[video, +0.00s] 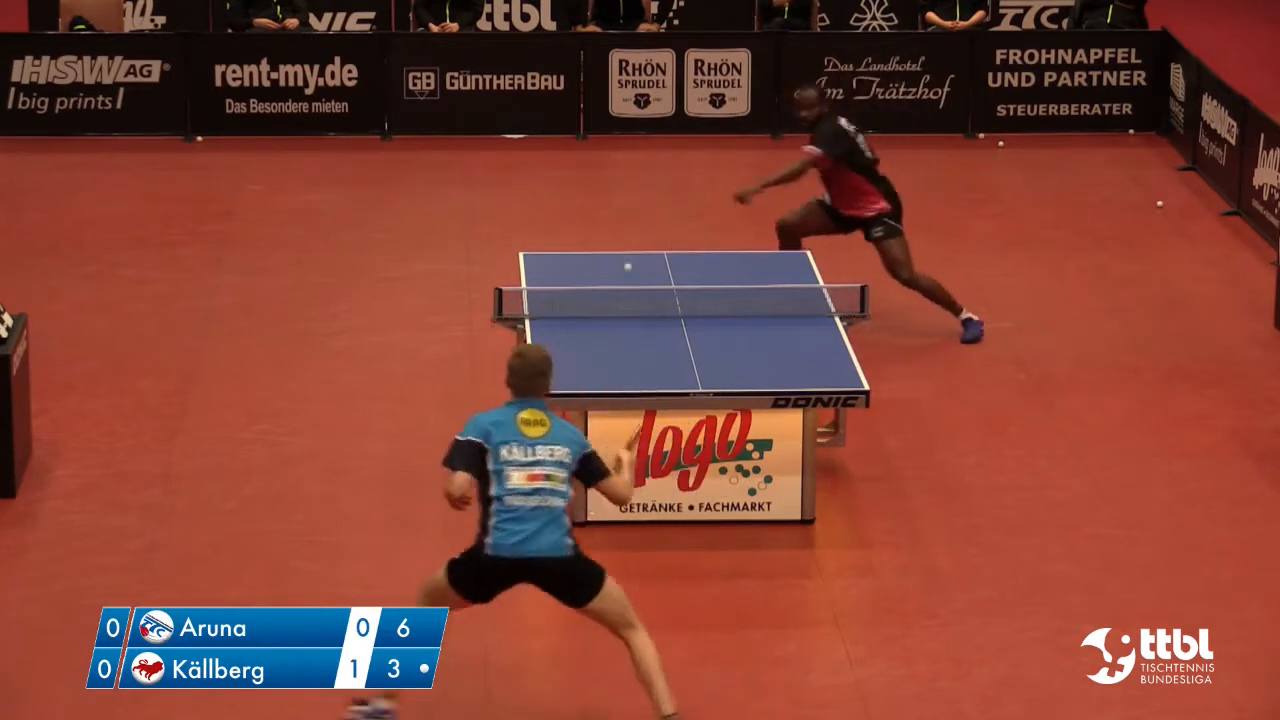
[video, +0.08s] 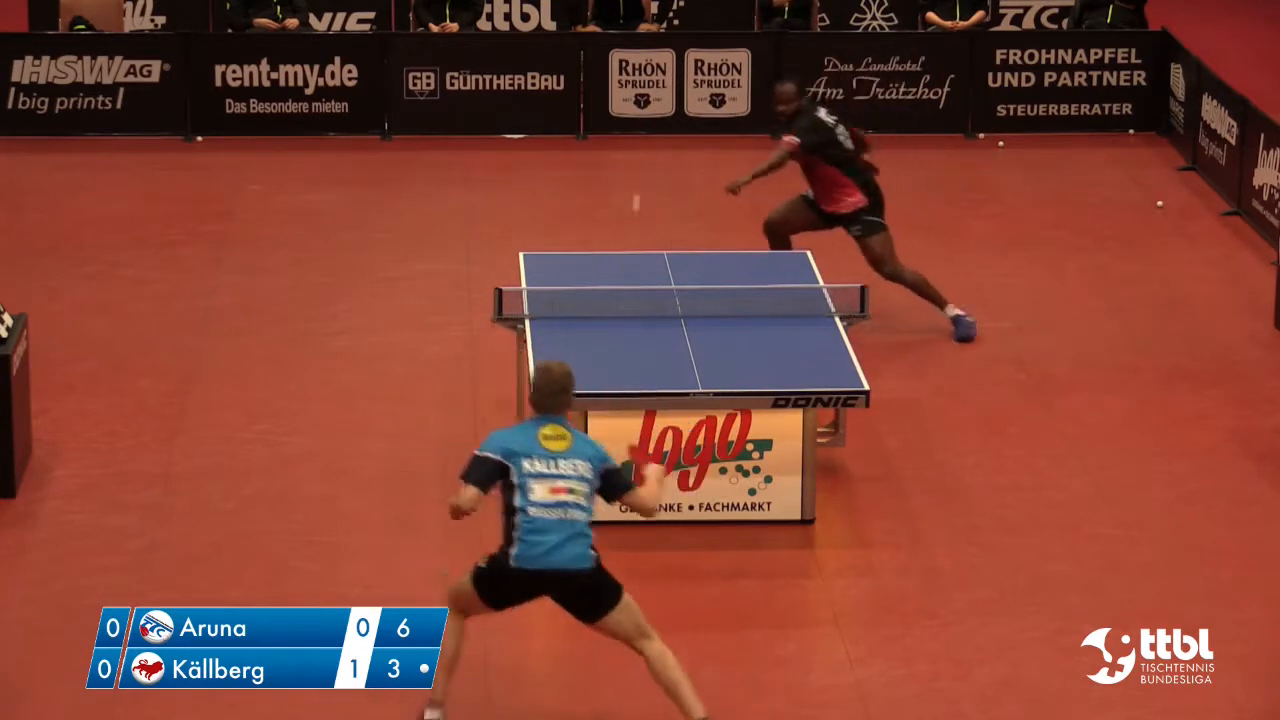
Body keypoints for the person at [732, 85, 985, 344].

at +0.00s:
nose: (802, 113)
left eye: (808, 106)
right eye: (799, 108)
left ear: (823, 104)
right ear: (798, 109)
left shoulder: (830, 130)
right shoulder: (826, 125)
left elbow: (800, 170)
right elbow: (866, 155)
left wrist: (756, 189)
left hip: (876, 210)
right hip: (842, 207)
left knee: (904, 274)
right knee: (787, 227)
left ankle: (966, 318)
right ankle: (791, 299)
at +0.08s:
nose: (781, 108)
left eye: (787, 102)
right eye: (778, 102)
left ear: (801, 100)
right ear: (776, 102)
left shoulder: (804, 124)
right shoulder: (815, 113)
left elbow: (780, 159)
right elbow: (859, 139)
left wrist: (745, 180)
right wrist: (859, 160)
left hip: (859, 206)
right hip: (826, 202)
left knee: (889, 268)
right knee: (774, 226)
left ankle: (953, 313)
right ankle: (789, 293)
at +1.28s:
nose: (825, 108)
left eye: (831, 101)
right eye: (821, 102)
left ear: (844, 99)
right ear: (816, 102)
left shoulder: (859, 123)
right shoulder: (837, 126)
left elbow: (845, 171)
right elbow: (848, 171)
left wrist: (795, 195)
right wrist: (826, 200)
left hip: (897, 198)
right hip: (864, 198)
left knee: (892, 262)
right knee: (820, 227)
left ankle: (945, 323)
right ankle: (793, 287)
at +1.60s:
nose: (851, 68)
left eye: (856, 62)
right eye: (850, 62)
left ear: (871, 60)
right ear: (858, 60)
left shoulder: (879, 87)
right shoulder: (887, 78)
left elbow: (885, 130)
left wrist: (871, 167)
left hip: (908, 172)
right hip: (886, 170)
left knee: (901, 243)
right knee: (850, 220)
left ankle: (944, 316)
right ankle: (859, 291)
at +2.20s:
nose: (931, 91)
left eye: (937, 85)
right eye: (926, 84)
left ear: (944, 89)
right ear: (915, 85)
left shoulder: (939, 122)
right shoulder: (895, 108)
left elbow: (926, 172)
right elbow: (857, 127)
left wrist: (921, 219)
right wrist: (894, 118)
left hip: (924, 199)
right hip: (883, 198)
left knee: (972, 243)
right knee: (853, 257)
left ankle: (993, 298)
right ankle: (804, 292)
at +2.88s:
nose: (707, 59)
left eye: (712, 53)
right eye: (706, 53)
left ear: (728, 52)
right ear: (708, 54)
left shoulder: (745, 76)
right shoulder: (723, 77)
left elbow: (760, 112)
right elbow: (733, 117)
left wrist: (741, 137)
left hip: (771, 161)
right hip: (736, 163)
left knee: (797, 227)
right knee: (697, 214)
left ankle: (859, 266)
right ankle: (690, 274)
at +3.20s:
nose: (772, 52)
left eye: (777, 46)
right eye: (767, 45)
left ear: (783, 46)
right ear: (755, 43)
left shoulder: (785, 78)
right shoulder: (737, 54)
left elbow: (814, 108)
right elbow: (714, 13)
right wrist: (741, 7)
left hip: (742, 141)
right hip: (702, 135)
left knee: (757, 207)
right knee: (678, 203)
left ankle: (781, 258)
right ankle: (660, 256)